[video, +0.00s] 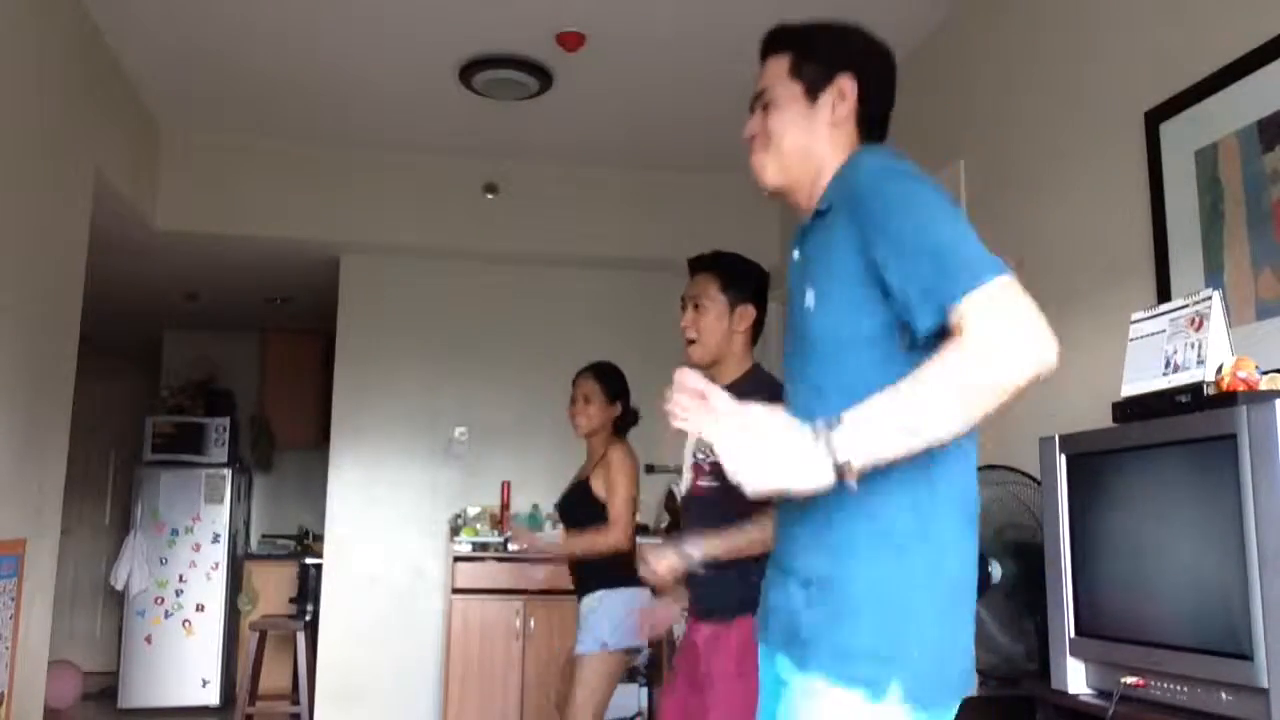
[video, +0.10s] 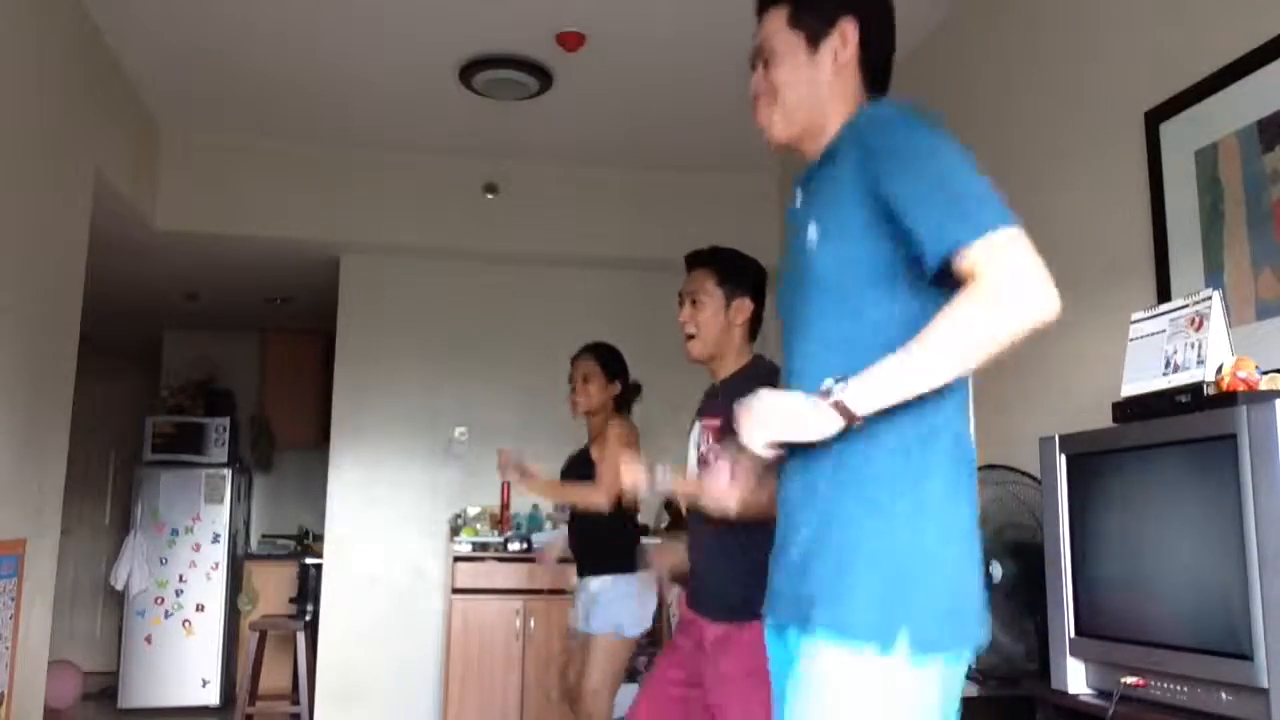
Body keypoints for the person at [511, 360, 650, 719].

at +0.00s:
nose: (576, 410)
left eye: (588, 401)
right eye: (574, 401)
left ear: (616, 409)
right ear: (570, 405)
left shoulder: (618, 455)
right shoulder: (595, 457)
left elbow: (620, 536)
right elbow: (591, 531)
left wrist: (550, 546)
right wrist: (537, 537)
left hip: (615, 599)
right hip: (597, 597)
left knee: (581, 711)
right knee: (573, 709)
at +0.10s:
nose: (576, 390)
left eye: (587, 380)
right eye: (573, 381)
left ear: (615, 388)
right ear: (572, 387)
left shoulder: (618, 431)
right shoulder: (596, 436)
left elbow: (605, 495)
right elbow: (597, 513)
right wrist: (560, 548)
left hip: (620, 583)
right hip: (592, 582)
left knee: (593, 700)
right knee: (572, 692)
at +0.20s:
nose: (579, 395)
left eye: (589, 385)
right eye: (576, 386)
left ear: (617, 391)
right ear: (572, 392)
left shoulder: (617, 435)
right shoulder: (596, 441)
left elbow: (618, 505)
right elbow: (599, 503)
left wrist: (550, 508)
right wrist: (556, 499)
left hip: (623, 583)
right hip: (595, 581)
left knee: (604, 704)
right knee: (569, 676)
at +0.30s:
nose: (579, 414)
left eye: (590, 403)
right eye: (577, 405)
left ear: (619, 411)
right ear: (573, 411)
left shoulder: (618, 464)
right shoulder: (600, 465)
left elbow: (632, 543)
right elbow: (580, 535)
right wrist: (551, 495)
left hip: (627, 605)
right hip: (608, 602)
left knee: (596, 711)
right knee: (563, 678)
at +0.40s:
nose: (580, 414)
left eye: (591, 405)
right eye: (577, 405)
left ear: (618, 413)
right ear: (573, 409)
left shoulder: (623, 465)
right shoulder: (595, 465)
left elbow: (628, 550)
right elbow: (592, 539)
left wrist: (565, 561)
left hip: (615, 603)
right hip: (591, 600)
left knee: (593, 711)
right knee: (575, 708)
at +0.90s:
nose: (584, 398)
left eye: (595, 391)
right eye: (581, 390)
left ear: (620, 399)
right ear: (576, 396)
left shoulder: (627, 444)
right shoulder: (597, 449)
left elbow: (627, 524)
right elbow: (601, 522)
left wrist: (565, 517)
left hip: (625, 587)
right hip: (600, 586)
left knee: (603, 709)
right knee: (587, 705)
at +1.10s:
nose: (584, 401)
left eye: (594, 391)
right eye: (581, 392)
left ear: (618, 395)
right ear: (577, 395)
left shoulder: (630, 445)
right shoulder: (601, 450)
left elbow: (638, 526)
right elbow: (599, 517)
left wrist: (580, 551)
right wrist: (563, 502)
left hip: (635, 584)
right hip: (600, 583)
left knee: (618, 700)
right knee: (571, 684)